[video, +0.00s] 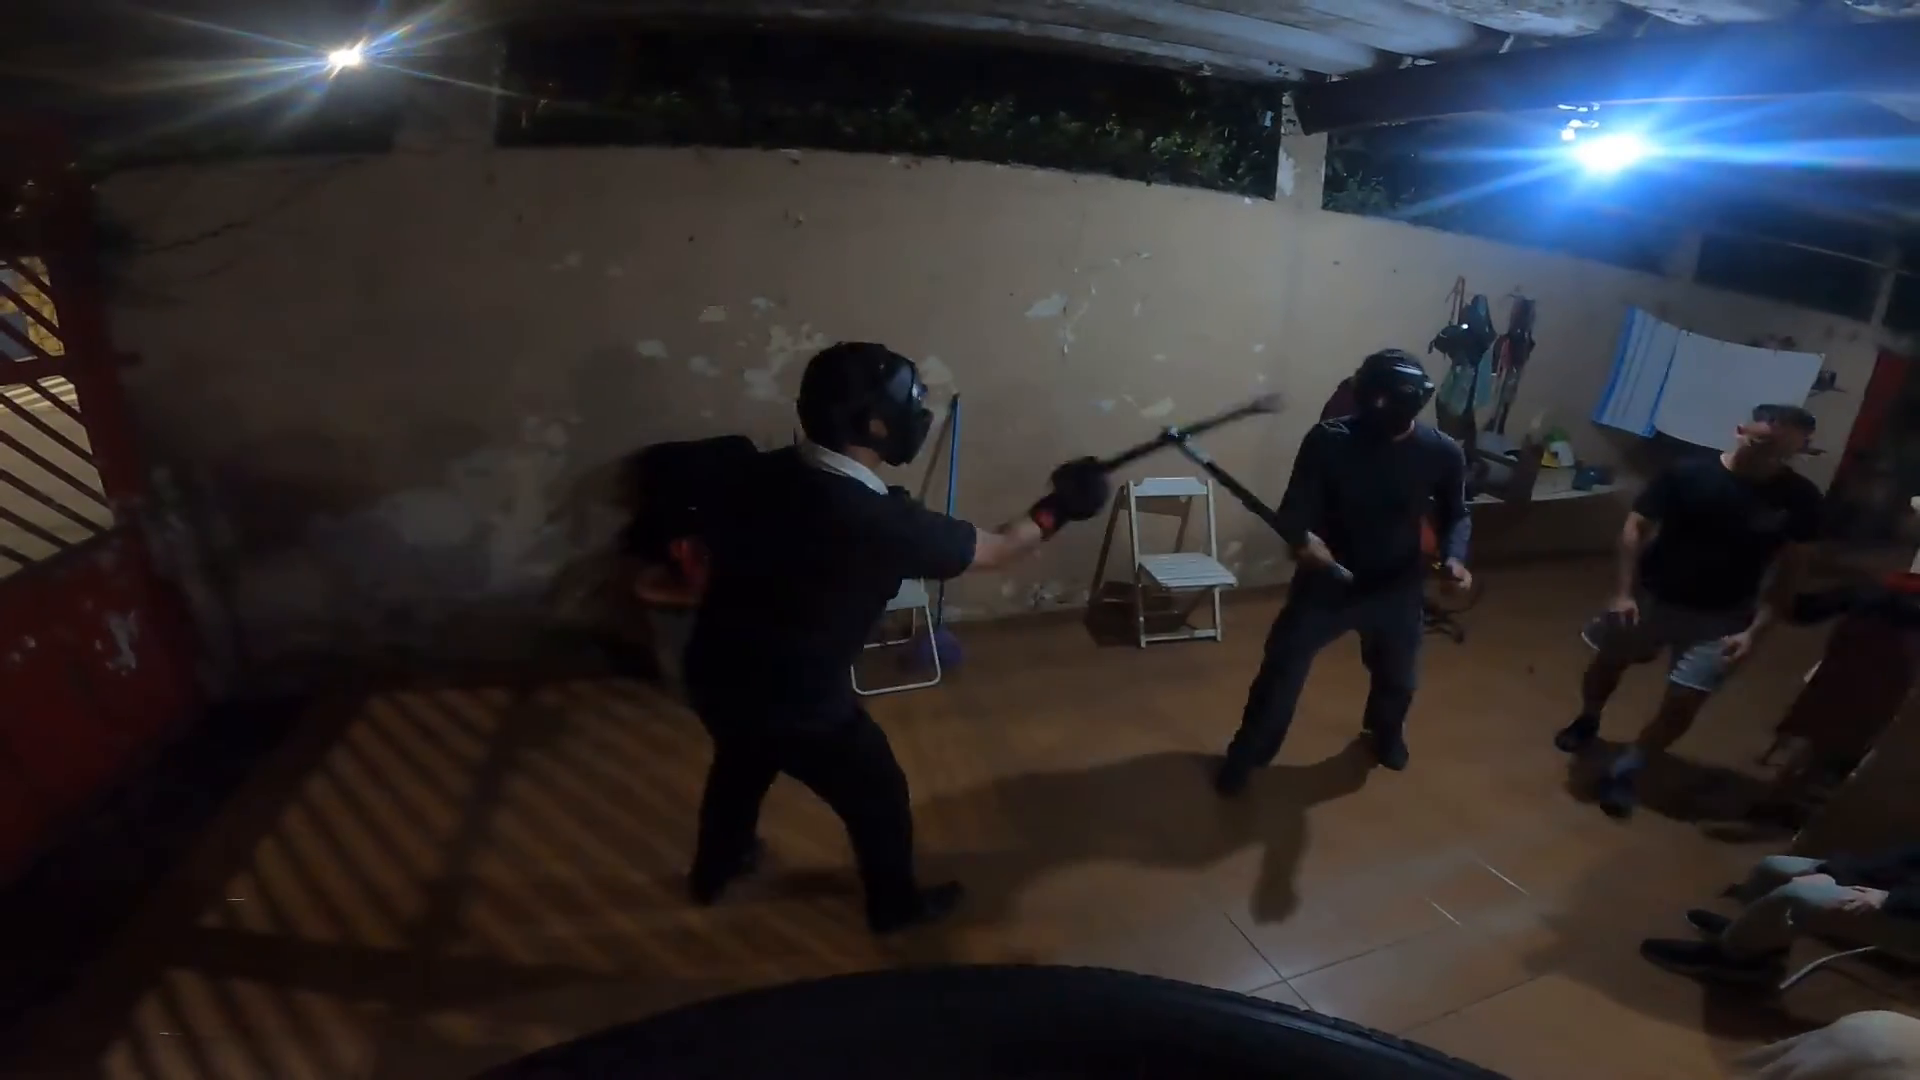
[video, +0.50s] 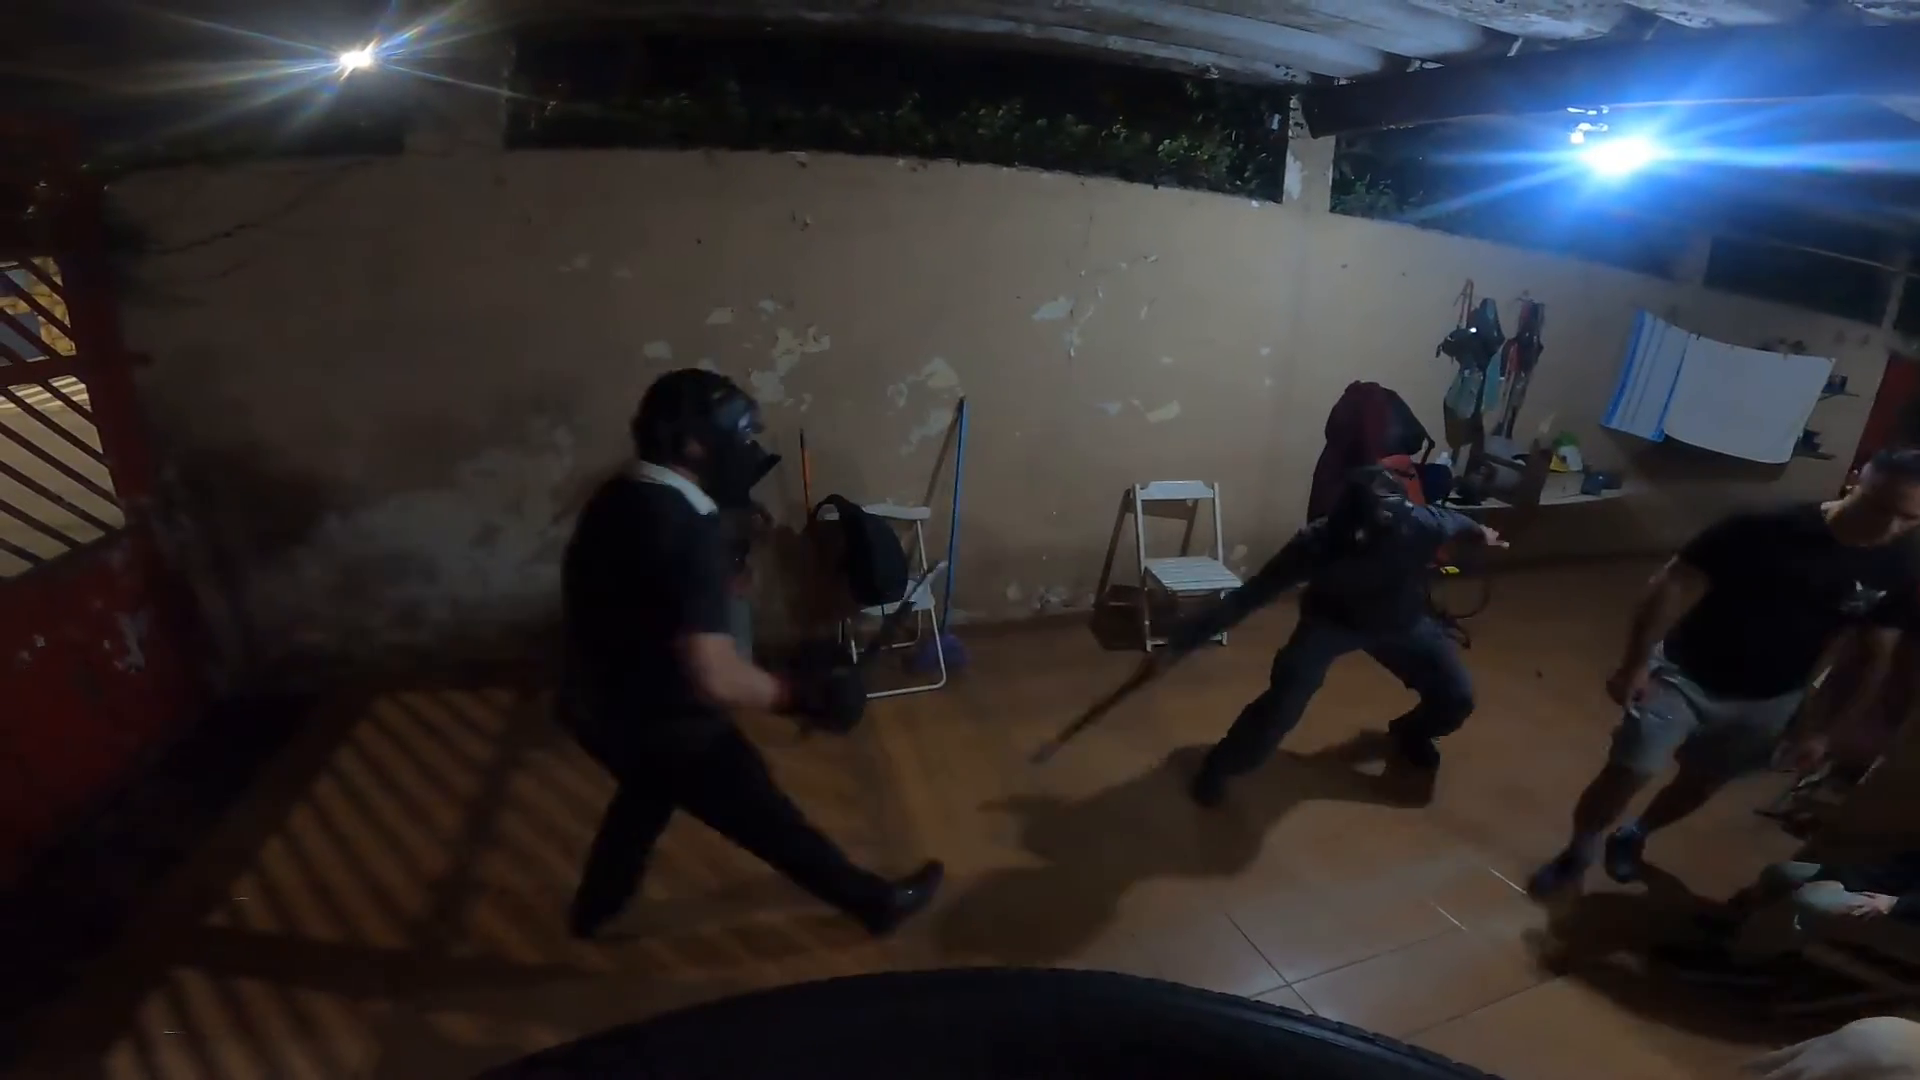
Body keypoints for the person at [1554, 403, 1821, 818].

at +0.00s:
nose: (1769, 458)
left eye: (1780, 451)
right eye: (1765, 446)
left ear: (1790, 455)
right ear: (1744, 435)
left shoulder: (1796, 501)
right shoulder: (1690, 473)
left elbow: (1787, 578)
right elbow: (1635, 524)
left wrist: (1753, 632)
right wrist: (1624, 593)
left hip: (1721, 619)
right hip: (1656, 599)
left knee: (1682, 707)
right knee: (1608, 658)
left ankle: (1626, 773)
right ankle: (1587, 720)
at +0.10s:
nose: (1787, 480)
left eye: (1800, 474)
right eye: (1784, 465)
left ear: (1809, 478)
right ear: (1762, 452)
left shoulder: (1800, 524)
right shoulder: (1696, 495)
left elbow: (1797, 594)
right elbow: (1636, 545)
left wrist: (1762, 660)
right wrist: (1624, 614)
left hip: (1719, 639)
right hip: (1656, 618)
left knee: (1681, 732)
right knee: (1605, 659)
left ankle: (1635, 815)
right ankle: (1590, 723)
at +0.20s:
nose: (1829, 506)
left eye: (1844, 501)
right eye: (1827, 489)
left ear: (1850, 506)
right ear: (1799, 470)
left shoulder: (1829, 554)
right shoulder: (1718, 511)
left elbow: (1809, 630)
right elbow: (1651, 569)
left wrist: (1775, 693)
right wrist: (1616, 635)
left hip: (1730, 664)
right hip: (1658, 638)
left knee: (1689, 765)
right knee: (1604, 692)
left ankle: (1632, 835)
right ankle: (1590, 725)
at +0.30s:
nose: (1848, 515)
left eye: (1861, 509)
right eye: (1844, 498)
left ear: (1868, 516)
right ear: (1817, 477)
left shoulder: (1847, 561)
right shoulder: (1732, 516)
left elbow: (1821, 639)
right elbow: (1659, 570)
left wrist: (1793, 706)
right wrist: (1615, 636)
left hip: (1743, 675)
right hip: (1668, 649)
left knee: (1695, 775)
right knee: (1604, 713)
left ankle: (1634, 832)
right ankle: (1585, 741)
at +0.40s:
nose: (1884, 521)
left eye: (1899, 513)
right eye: (1880, 504)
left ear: (1910, 515)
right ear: (1850, 479)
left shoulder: (1881, 565)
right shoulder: (1757, 522)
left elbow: (1855, 647)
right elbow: (1668, 576)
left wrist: (1813, 722)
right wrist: (1626, 651)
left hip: (1757, 692)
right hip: (1677, 667)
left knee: (1700, 784)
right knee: (1620, 755)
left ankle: (1637, 832)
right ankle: (1588, 809)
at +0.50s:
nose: (1892, 527)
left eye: (1906, 519)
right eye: (1886, 509)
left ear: (1915, 522)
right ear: (1855, 487)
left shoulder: (1892, 574)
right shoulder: (1768, 530)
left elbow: (1874, 658)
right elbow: (1672, 584)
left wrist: (1824, 731)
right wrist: (1633, 663)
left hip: (1765, 704)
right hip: (1684, 678)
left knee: (1698, 785)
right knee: (1630, 771)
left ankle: (1633, 837)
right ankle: (1575, 857)